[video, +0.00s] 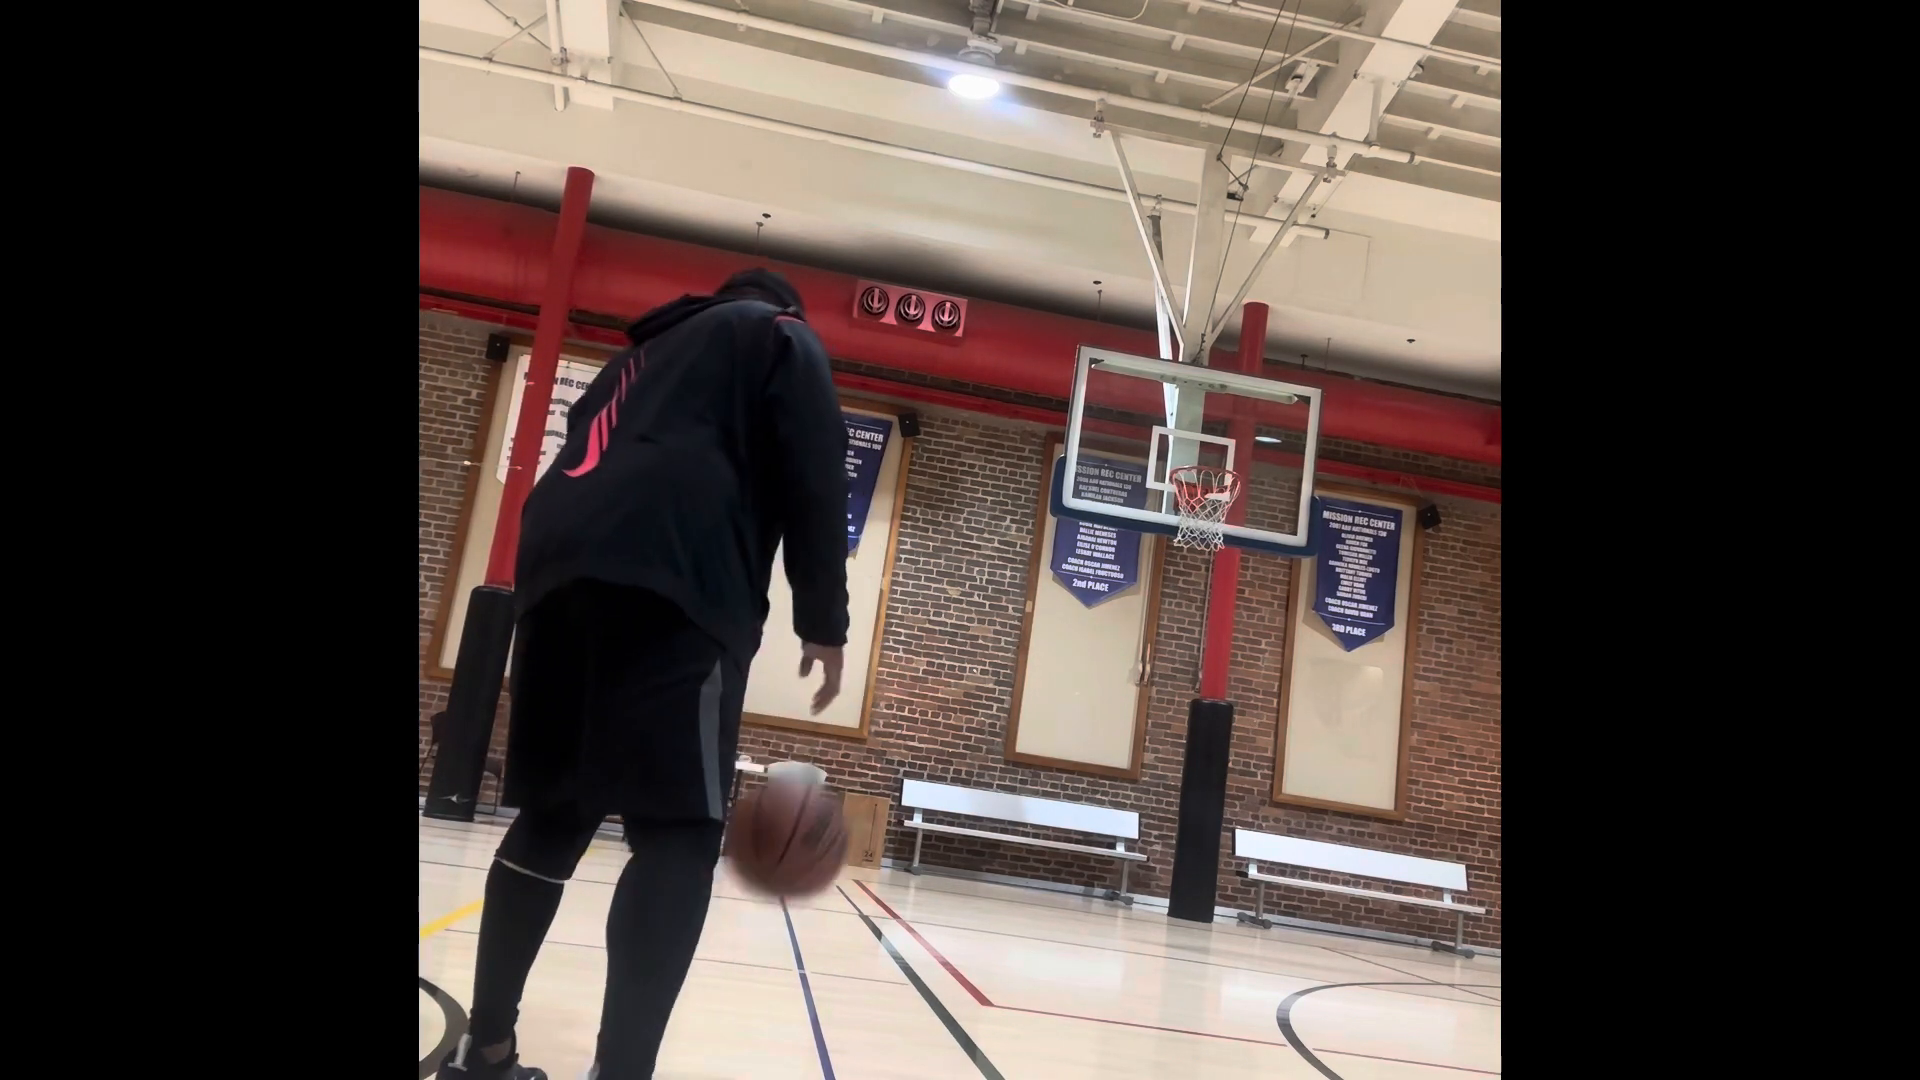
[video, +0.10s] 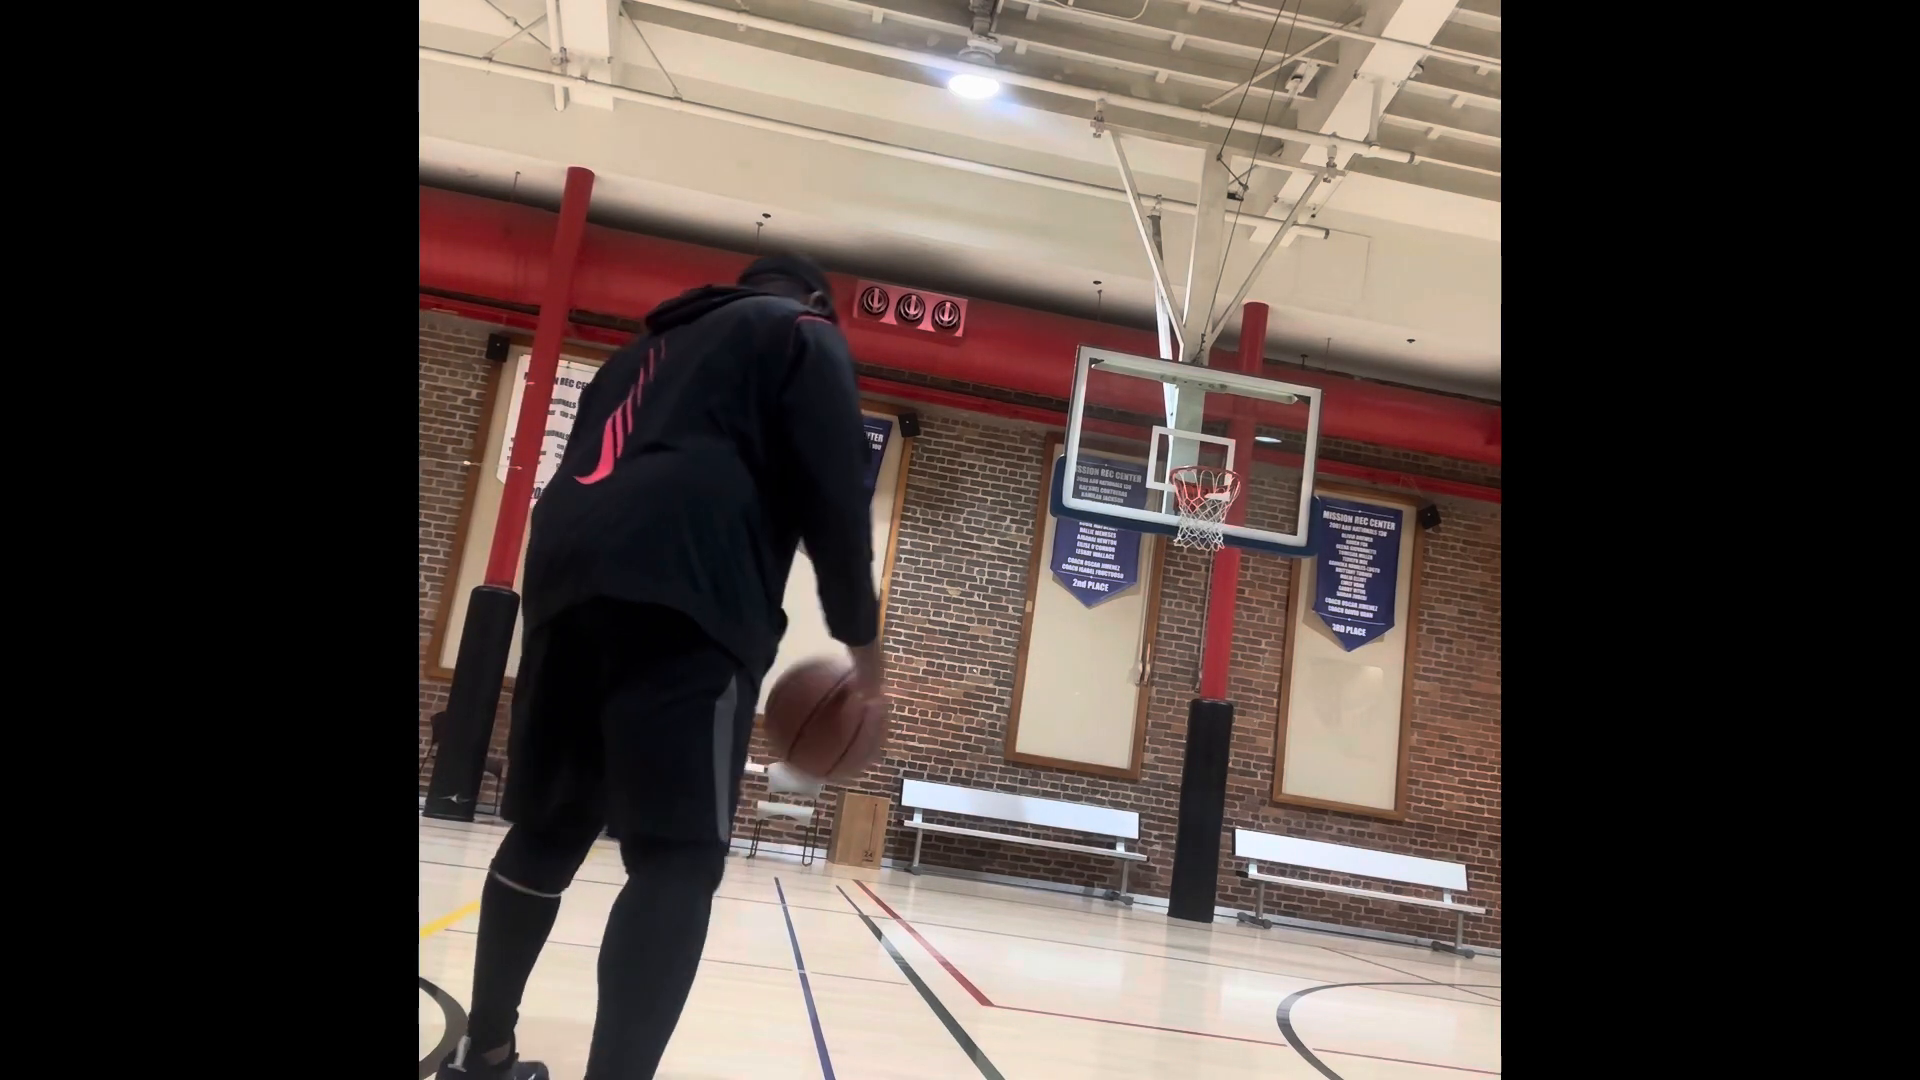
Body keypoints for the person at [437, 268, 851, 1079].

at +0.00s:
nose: (798, 334)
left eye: (795, 323)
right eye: (797, 323)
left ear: (718, 297)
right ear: (780, 309)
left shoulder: (636, 355)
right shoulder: (783, 335)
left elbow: (567, 470)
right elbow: (815, 475)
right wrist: (825, 621)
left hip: (559, 577)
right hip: (675, 586)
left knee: (555, 809)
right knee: (678, 833)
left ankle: (485, 1043)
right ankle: (622, 1067)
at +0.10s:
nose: (822, 327)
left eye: (819, 315)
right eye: (823, 315)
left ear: (743, 283)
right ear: (810, 301)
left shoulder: (640, 349)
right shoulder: (801, 332)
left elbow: (575, 482)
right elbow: (837, 489)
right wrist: (864, 648)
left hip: (564, 593)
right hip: (686, 602)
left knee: (547, 825)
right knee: (676, 860)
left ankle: (484, 1046)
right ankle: (618, 1068)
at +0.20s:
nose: (861, 320)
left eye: (864, 310)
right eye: (863, 308)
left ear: (774, 268)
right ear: (846, 288)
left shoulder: (666, 333)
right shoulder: (831, 319)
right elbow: (867, 474)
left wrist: (788, 618)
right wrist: (904, 618)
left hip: (566, 575)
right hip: (692, 588)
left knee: (531, 827)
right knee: (689, 866)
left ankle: (473, 1048)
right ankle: (618, 1070)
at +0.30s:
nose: (893, 312)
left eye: (900, 302)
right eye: (894, 297)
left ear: (801, 249)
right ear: (870, 269)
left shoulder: (697, 307)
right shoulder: (852, 301)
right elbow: (886, 452)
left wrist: (825, 555)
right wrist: (932, 599)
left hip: (565, 560)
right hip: (697, 581)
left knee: (524, 810)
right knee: (697, 862)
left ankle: (441, 1040)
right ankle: (620, 1070)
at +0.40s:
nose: (913, 298)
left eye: (919, 287)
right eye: (914, 282)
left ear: (823, 229)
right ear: (886, 248)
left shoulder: (717, 284)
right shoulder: (863, 283)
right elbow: (887, 435)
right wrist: (941, 591)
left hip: (562, 542)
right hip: (694, 568)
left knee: (519, 807)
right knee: (691, 853)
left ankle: (415, 1014)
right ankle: (620, 1068)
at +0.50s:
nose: (920, 296)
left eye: (926, 285)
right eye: (921, 276)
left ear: (836, 225)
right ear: (890, 239)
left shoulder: (730, 280)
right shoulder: (861, 273)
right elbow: (876, 415)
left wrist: (794, 613)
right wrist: (935, 589)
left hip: (546, 541)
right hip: (684, 564)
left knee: (503, 815)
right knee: (687, 851)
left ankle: (416, 1021)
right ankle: (617, 1068)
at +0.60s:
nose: (920, 302)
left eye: (926, 289)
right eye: (921, 278)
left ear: (833, 225)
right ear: (892, 239)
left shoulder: (736, 275)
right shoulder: (856, 266)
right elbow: (871, 400)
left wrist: (818, 586)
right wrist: (915, 573)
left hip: (539, 536)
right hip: (677, 555)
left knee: (475, 822)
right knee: (686, 848)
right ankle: (617, 1072)